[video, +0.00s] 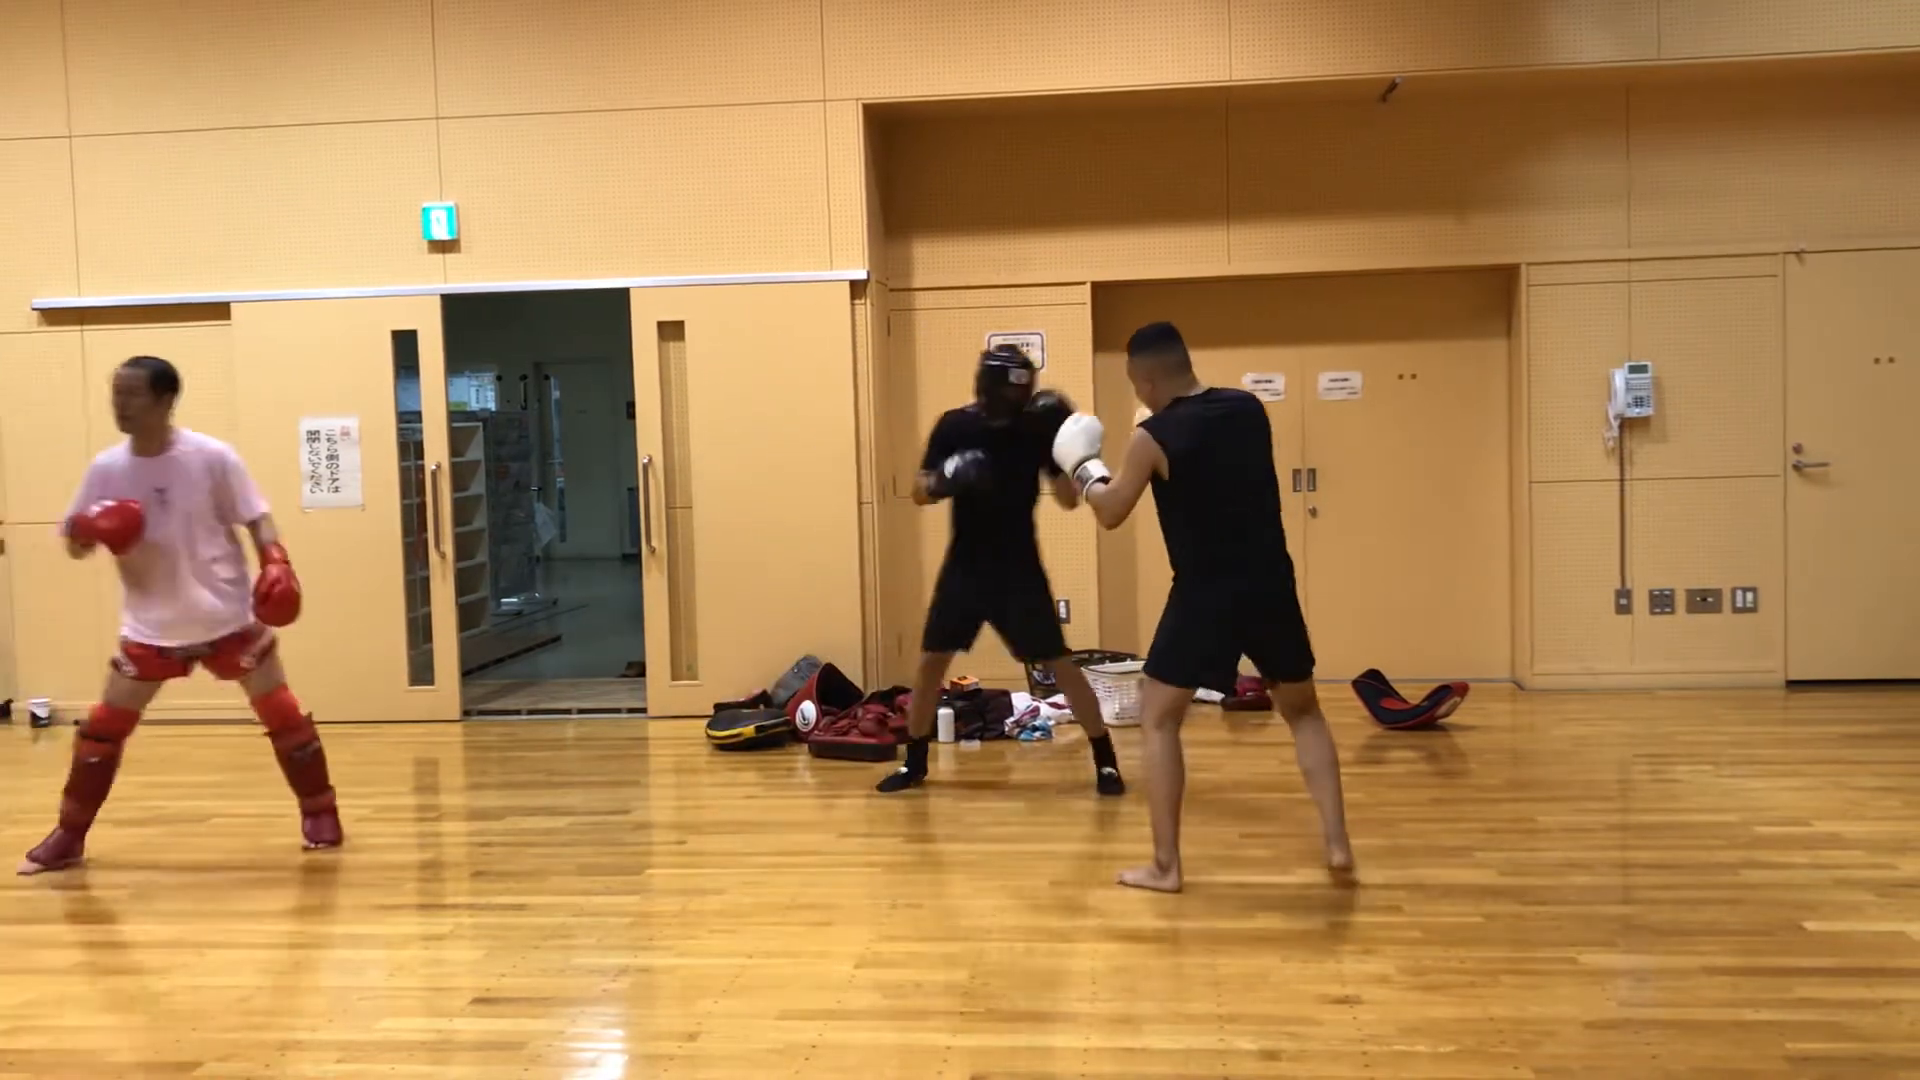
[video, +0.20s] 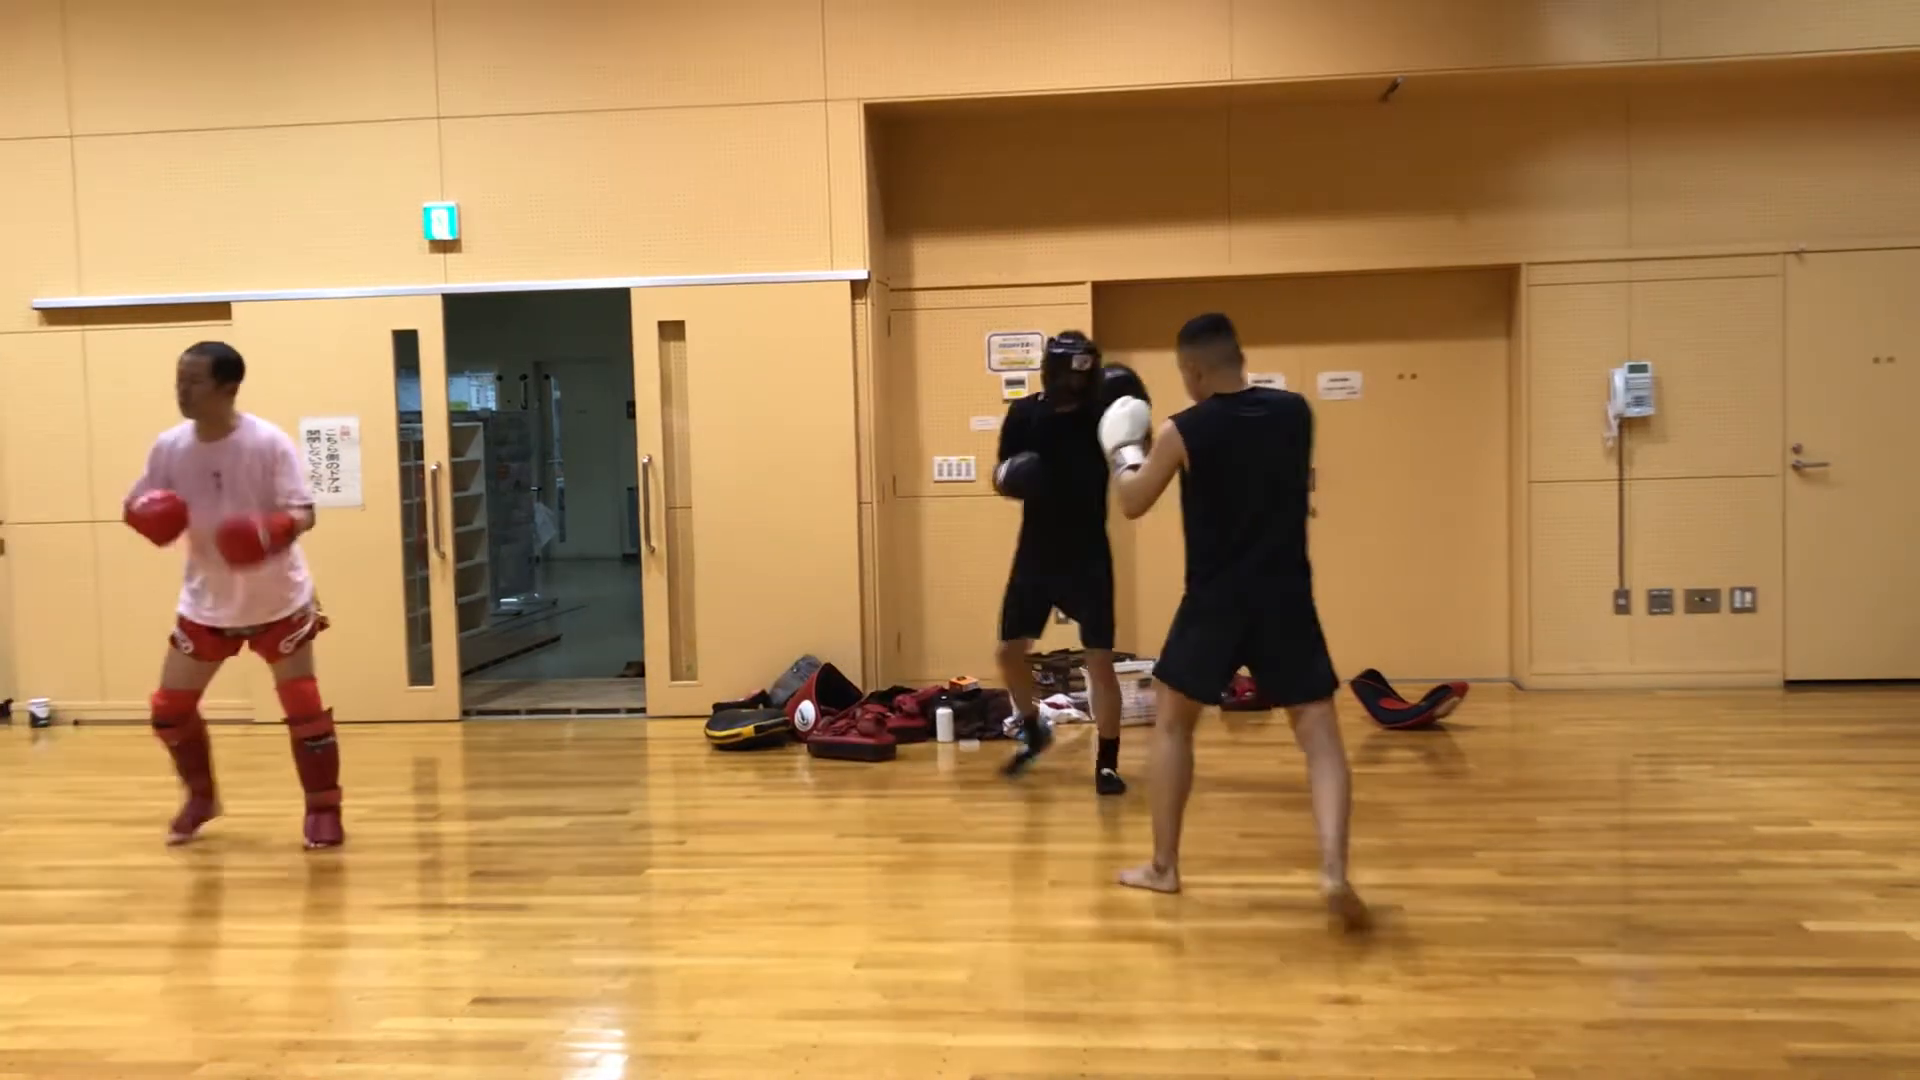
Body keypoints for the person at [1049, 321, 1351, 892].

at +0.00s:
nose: (1136, 389)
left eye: (1136, 379)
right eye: (1136, 379)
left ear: (1146, 378)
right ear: (1188, 365)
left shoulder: (1155, 435)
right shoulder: (1247, 408)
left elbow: (1110, 512)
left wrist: (1083, 468)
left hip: (1202, 597)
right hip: (1271, 590)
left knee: (1159, 719)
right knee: (1303, 710)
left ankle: (1166, 864)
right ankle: (1338, 842)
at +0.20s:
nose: (1185, 382)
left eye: (1184, 373)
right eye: (1184, 374)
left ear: (1191, 371)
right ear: (1241, 359)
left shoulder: (1185, 429)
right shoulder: (1295, 412)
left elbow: (1132, 502)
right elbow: (1297, 486)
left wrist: (1123, 449)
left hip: (1213, 605)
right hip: (1287, 602)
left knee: (1173, 725)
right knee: (1320, 737)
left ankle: (1163, 866)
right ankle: (1335, 871)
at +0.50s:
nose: (1271, 367)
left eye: (1270, 359)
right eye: (1278, 358)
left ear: (1273, 359)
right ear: (1329, 352)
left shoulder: (1255, 422)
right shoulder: (1376, 410)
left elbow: (1205, 495)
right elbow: (1387, 489)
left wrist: (1209, 444)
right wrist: (1342, 437)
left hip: (1270, 602)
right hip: (1344, 604)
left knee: (1251, 725)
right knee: (1348, 755)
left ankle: (1239, 861)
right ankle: (1330, 904)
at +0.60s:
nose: (1291, 363)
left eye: (1290, 355)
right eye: (1297, 354)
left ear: (1294, 355)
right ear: (1352, 349)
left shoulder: (1274, 417)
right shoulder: (1396, 408)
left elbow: (1223, 488)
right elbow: (1403, 482)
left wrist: (1232, 430)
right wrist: (1353, 421)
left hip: (1288, 596)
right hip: (1358, 597)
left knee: (1287, 724)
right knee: (1353, 747)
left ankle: (1290, 857)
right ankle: (1328, 903)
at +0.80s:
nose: (1327, 372)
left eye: (1326, 364)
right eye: (1335, 363)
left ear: (1329, 365)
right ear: (1384, 359)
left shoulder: (1309, 429)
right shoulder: (1427, 415)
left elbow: (1257, 496)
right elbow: (1439, 484)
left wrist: (1247, 445)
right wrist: (1396, 410)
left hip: (1330, 599)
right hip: (1398, 600)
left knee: (1343, 726)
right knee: (1415, 737)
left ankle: (1344, 863)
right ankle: (1355, 862)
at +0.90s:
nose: (1347, 371)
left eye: (1345, 364)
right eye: (1352, 365)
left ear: (1344, 365)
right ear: (1402, 359)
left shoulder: (1327, 423)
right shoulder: (1444, 411)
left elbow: (1271, 488)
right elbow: (1456, 478)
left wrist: (1272, 434)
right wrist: (1416, 402)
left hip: (1346, 600)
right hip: (1413, 601)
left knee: (1352, 722)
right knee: (1468, 728)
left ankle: (1344, 849)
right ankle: (1422, 852)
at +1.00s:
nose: (1363, 369)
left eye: (1362, 361)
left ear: (1363, 361)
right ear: (1421, 355)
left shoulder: (1343, 419)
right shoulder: (1461, 409)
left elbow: (1286, 479)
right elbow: (1471, 476)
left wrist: (1289, 429)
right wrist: (1435, 401)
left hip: (1360, 598)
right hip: (1429, 598)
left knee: (1357, 719)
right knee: (1491, 716)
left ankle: (1344, 851)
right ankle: (1489, 863)